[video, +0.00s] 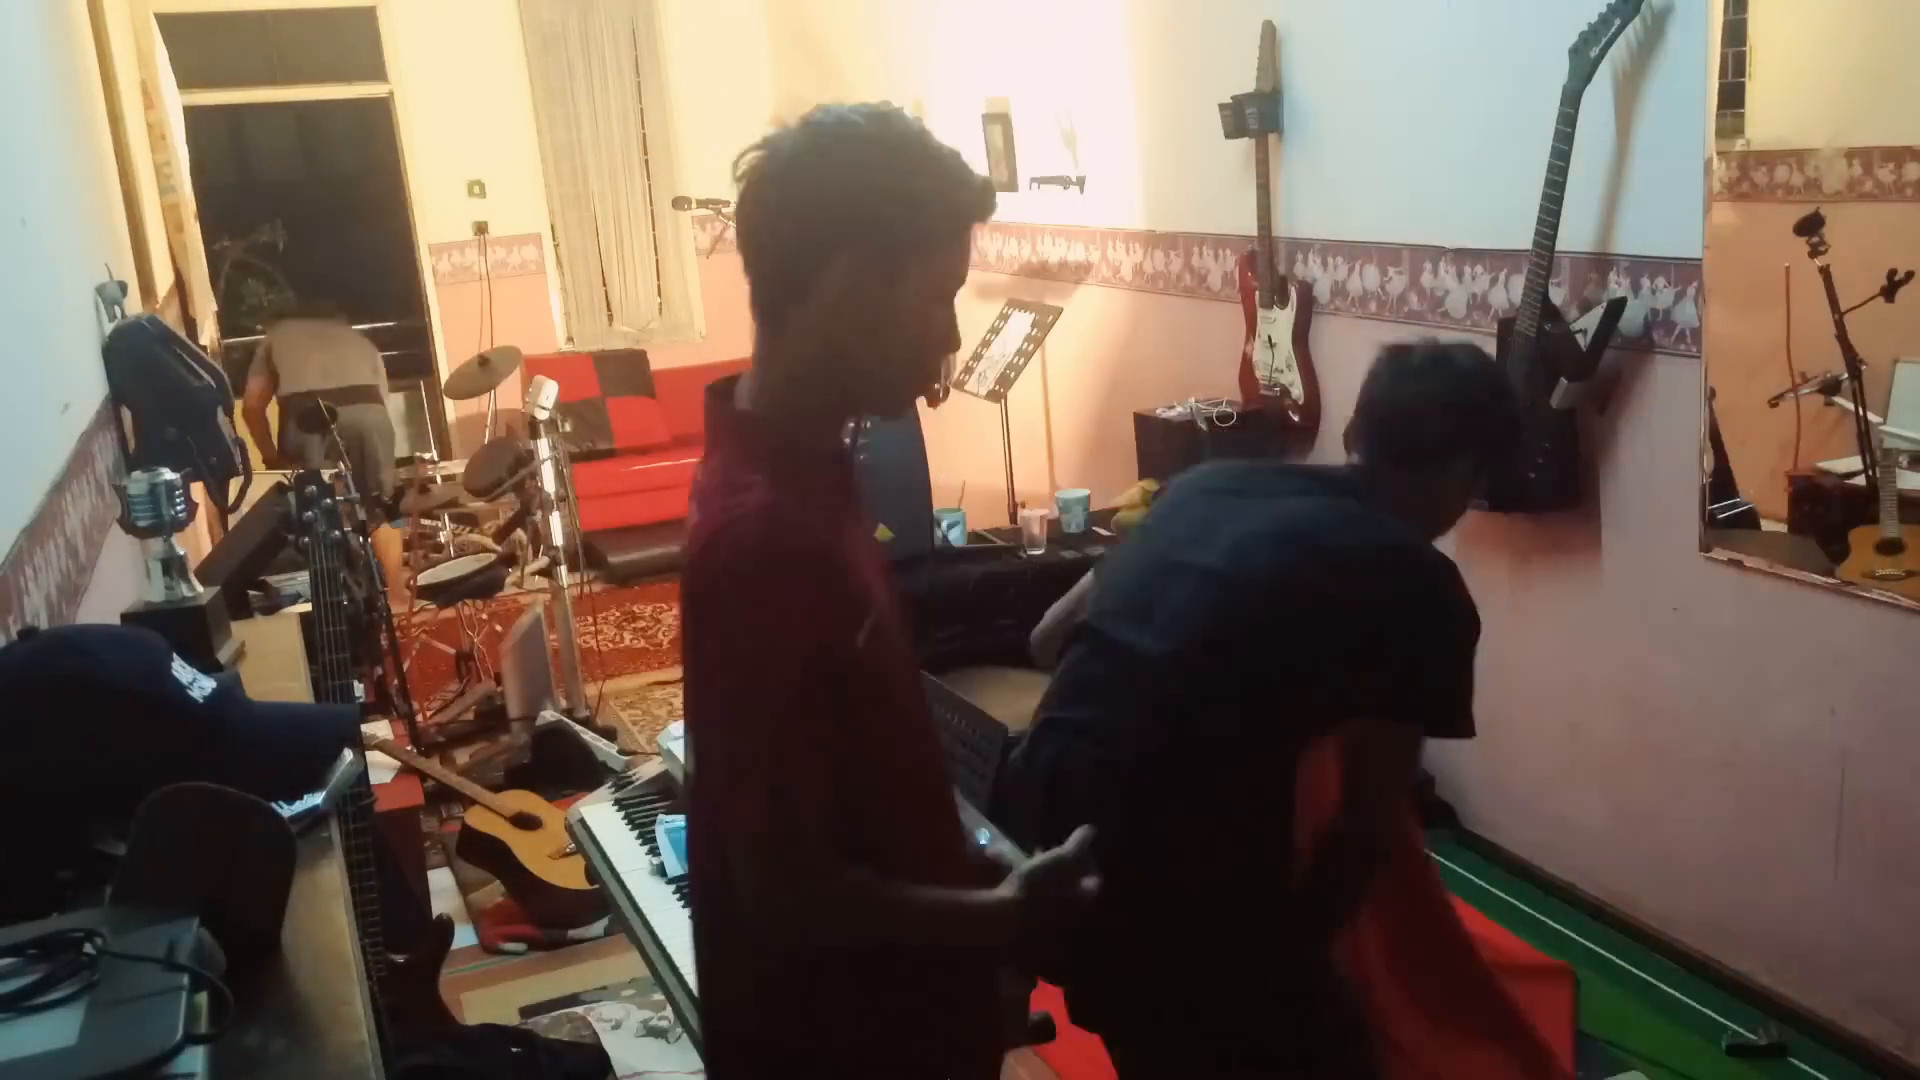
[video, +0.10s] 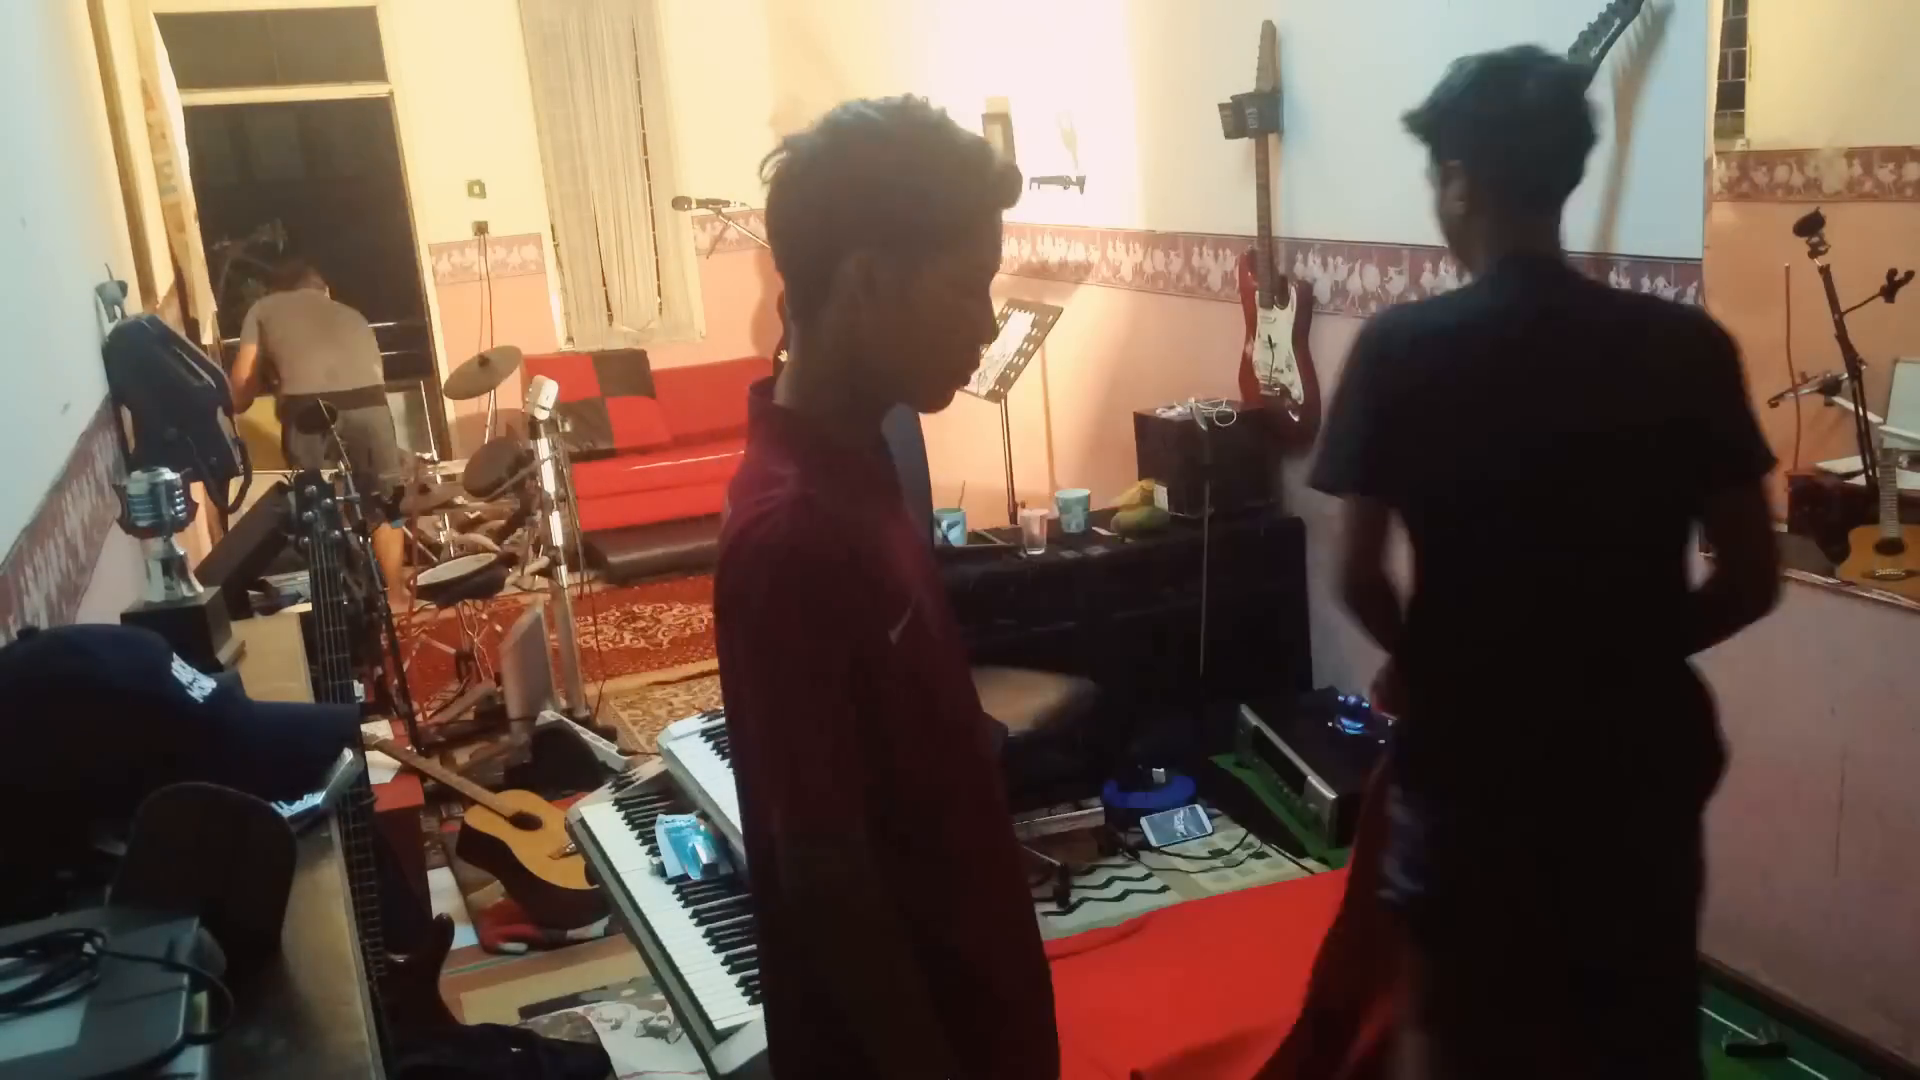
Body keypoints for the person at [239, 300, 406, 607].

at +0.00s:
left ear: (295, 315)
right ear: (340, 317)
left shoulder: (275, 337)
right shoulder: (363, 342)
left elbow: (252, 406)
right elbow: (381, 395)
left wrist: (269, 454)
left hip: (306, 410)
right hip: (368, 406)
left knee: (319, 514)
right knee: (381, 511)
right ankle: (398, 602)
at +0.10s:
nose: (332, 294)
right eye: (329, 291)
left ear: (274, 289)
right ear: (323, 288)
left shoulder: (264, 309)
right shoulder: (352, 314)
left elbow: (240, 386)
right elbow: (374, 370)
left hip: (307, 411)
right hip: (370, 407)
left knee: (322, 508)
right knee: (384, 510)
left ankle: (337, 601)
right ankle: (395, 601)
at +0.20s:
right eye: (333, 248)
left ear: (281, 251)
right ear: (329, 247)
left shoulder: (265, 280)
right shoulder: (363, 284)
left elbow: (247, 351)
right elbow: (398, 357)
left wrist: (242, 392)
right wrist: (395, 405)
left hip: (301, 410)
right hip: (362, 405)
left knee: (317, 512)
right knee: (382, 511)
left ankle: (333, 614)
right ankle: (396, 605)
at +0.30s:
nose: (234, 259)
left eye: (232, 250)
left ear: (241, 245)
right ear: (280, 239)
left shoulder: (242, 278)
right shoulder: (326, 274)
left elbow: (237, 357)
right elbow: (341, 338)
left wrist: (225, 377)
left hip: (297, 406)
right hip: (355, 399)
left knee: (305, 512)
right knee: (376, 508)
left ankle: (324, 615)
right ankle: (393, 604)